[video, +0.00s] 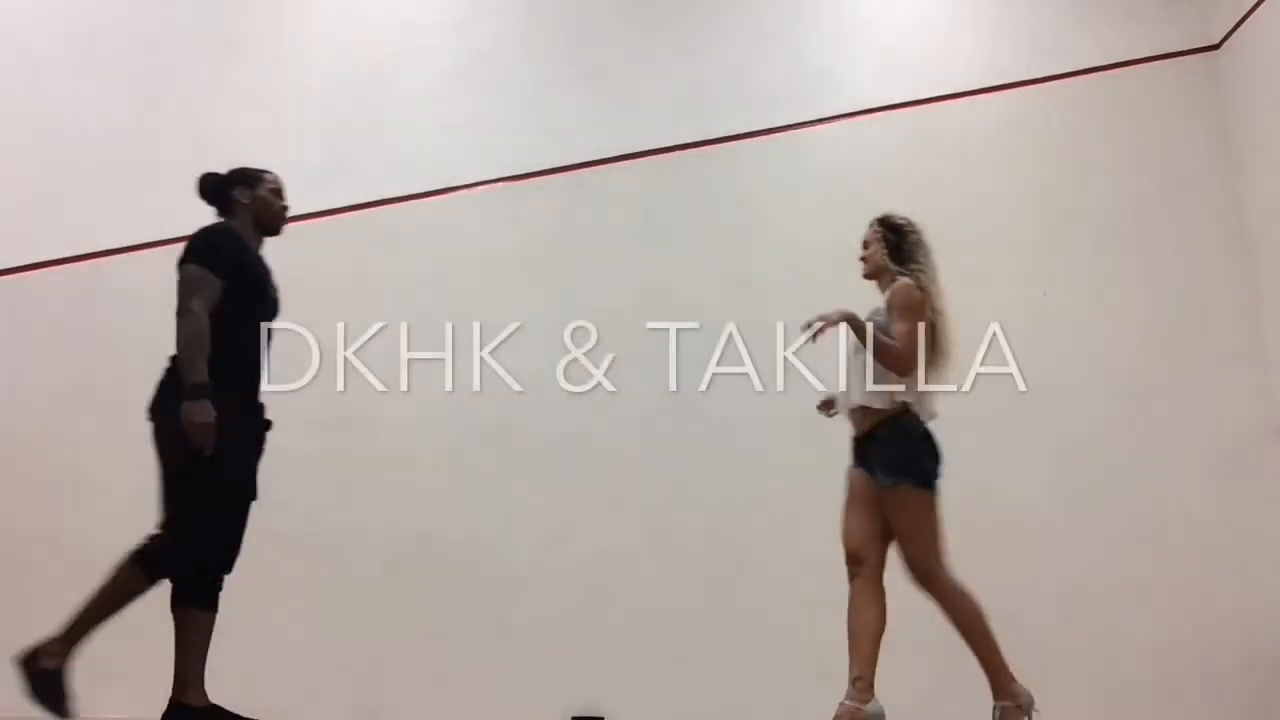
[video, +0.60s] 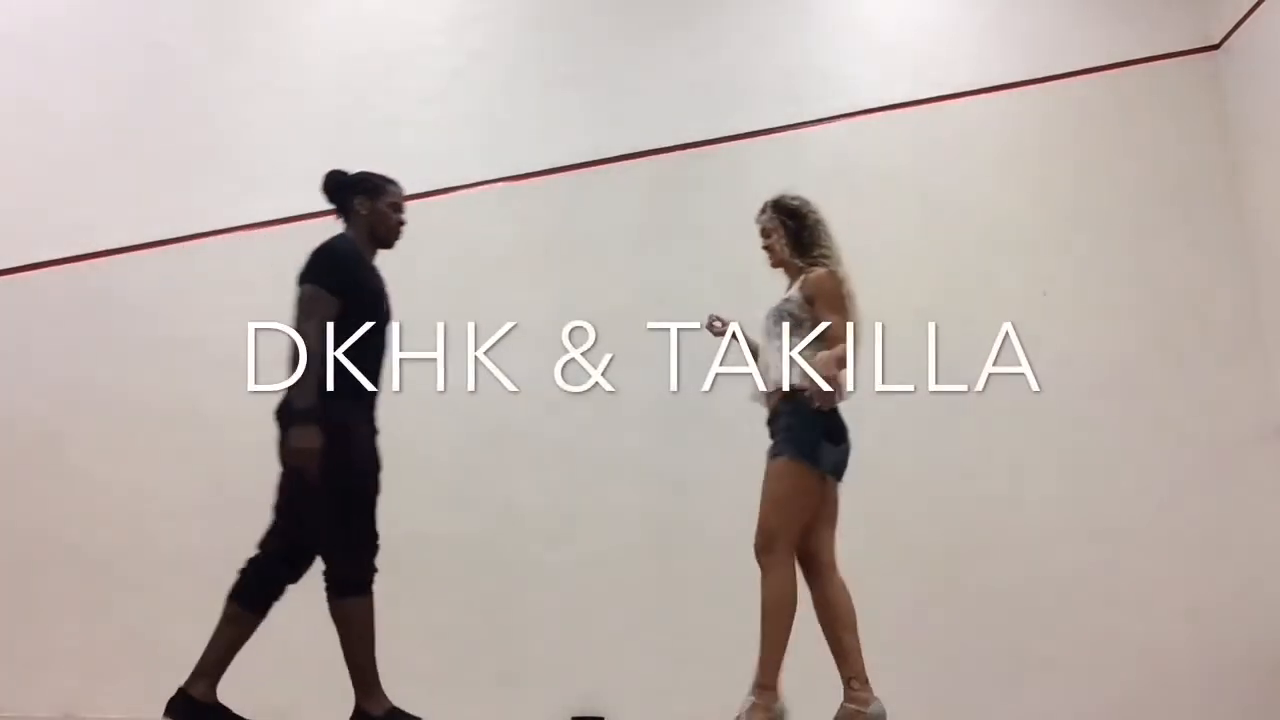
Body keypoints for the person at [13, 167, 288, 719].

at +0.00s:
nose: (285, 202)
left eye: (283, 194)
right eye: (276, 192)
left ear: (249, 201)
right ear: (244, 197)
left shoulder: (248, 258)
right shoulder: (217, 242)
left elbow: (238, 345)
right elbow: (192, 311)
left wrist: (248, 414)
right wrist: (197, 393)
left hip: (232, 421)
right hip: (197, 415)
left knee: (209, 552)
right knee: (183, 541)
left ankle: (189, 697)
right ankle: (52, 653)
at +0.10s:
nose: (306, 208)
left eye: (306, 200)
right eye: (297, 197)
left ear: (271, 202)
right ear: (263, 199)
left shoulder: (270, 259)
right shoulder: (237, 243)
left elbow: (253, 342)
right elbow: (204, 314)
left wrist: (266, 410)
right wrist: (205, 396)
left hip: (253, 418)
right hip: (224, 414)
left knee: (224, 554)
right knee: (213, 548)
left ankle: (190, 697)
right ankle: (117, 676)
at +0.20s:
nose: (324, 210)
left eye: (324, 202)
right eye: (314, 200)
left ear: (289, 205)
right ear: (280, 202)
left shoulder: (289, 265)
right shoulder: (253, 245)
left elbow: (273, 344)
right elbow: (218, 316)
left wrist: (283, 410)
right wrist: (214, 397)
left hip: (268, 420)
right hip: (245, 417)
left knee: (243, 547)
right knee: (238, 546)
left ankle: (198, 690)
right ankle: (193, 692)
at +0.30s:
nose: (342, 215)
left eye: (342, 207)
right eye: (333, 204)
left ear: (307, 209)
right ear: (298, 205)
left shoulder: (306, 269)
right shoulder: (270, 248)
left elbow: (292, 354)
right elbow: (234, 320)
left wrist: (302, 423)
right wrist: (228, 402)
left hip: (286, 429)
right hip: (264, 426)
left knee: (238, 555)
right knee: (276, 555)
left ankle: (191, 694)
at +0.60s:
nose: (403, 218)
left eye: (403, 209)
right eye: (395, 208)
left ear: (366, 209)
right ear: (362, 207)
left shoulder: (359, 266)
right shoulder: (337, 258)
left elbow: (340, 354)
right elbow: (308, 340)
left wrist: (360, 434)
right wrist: (304, 420)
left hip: (337, 430)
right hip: (335, 432)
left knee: (282, 557)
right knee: (351, 560)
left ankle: (198, 689)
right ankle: (371, 702)